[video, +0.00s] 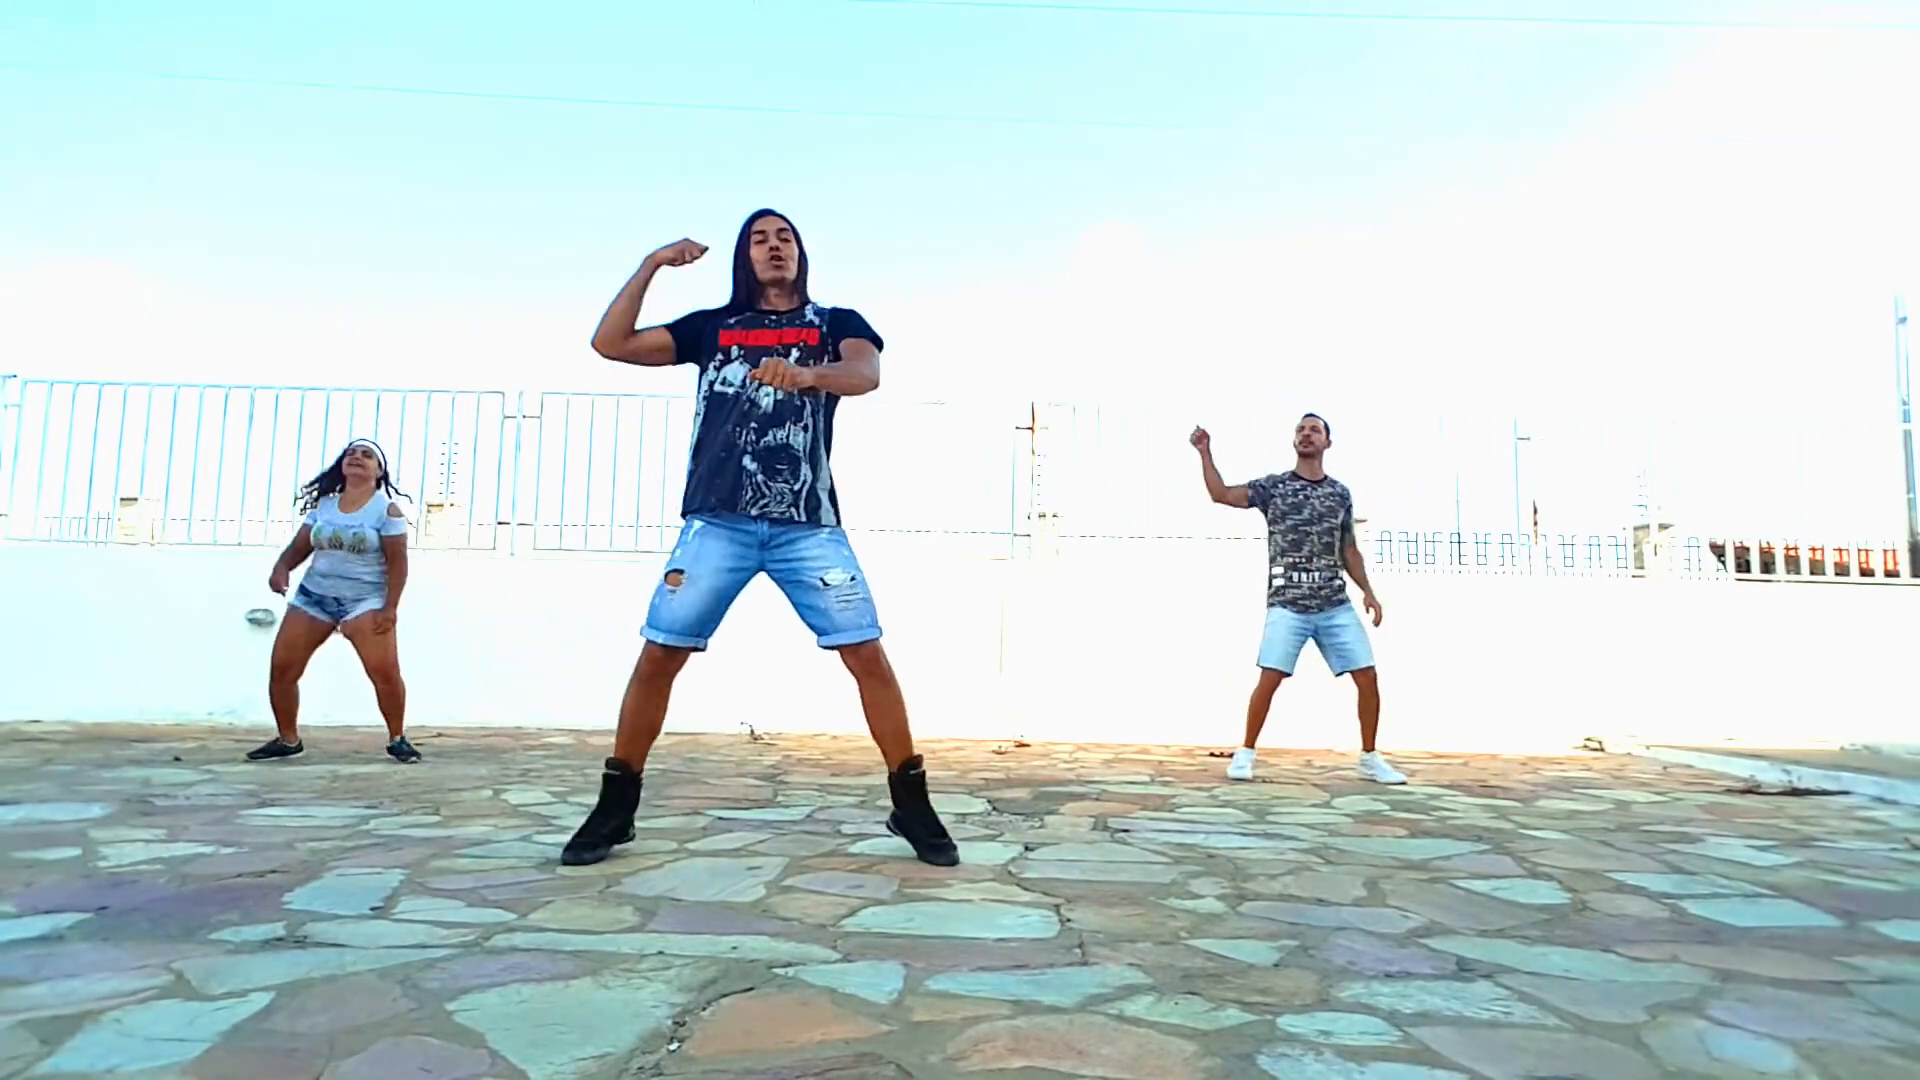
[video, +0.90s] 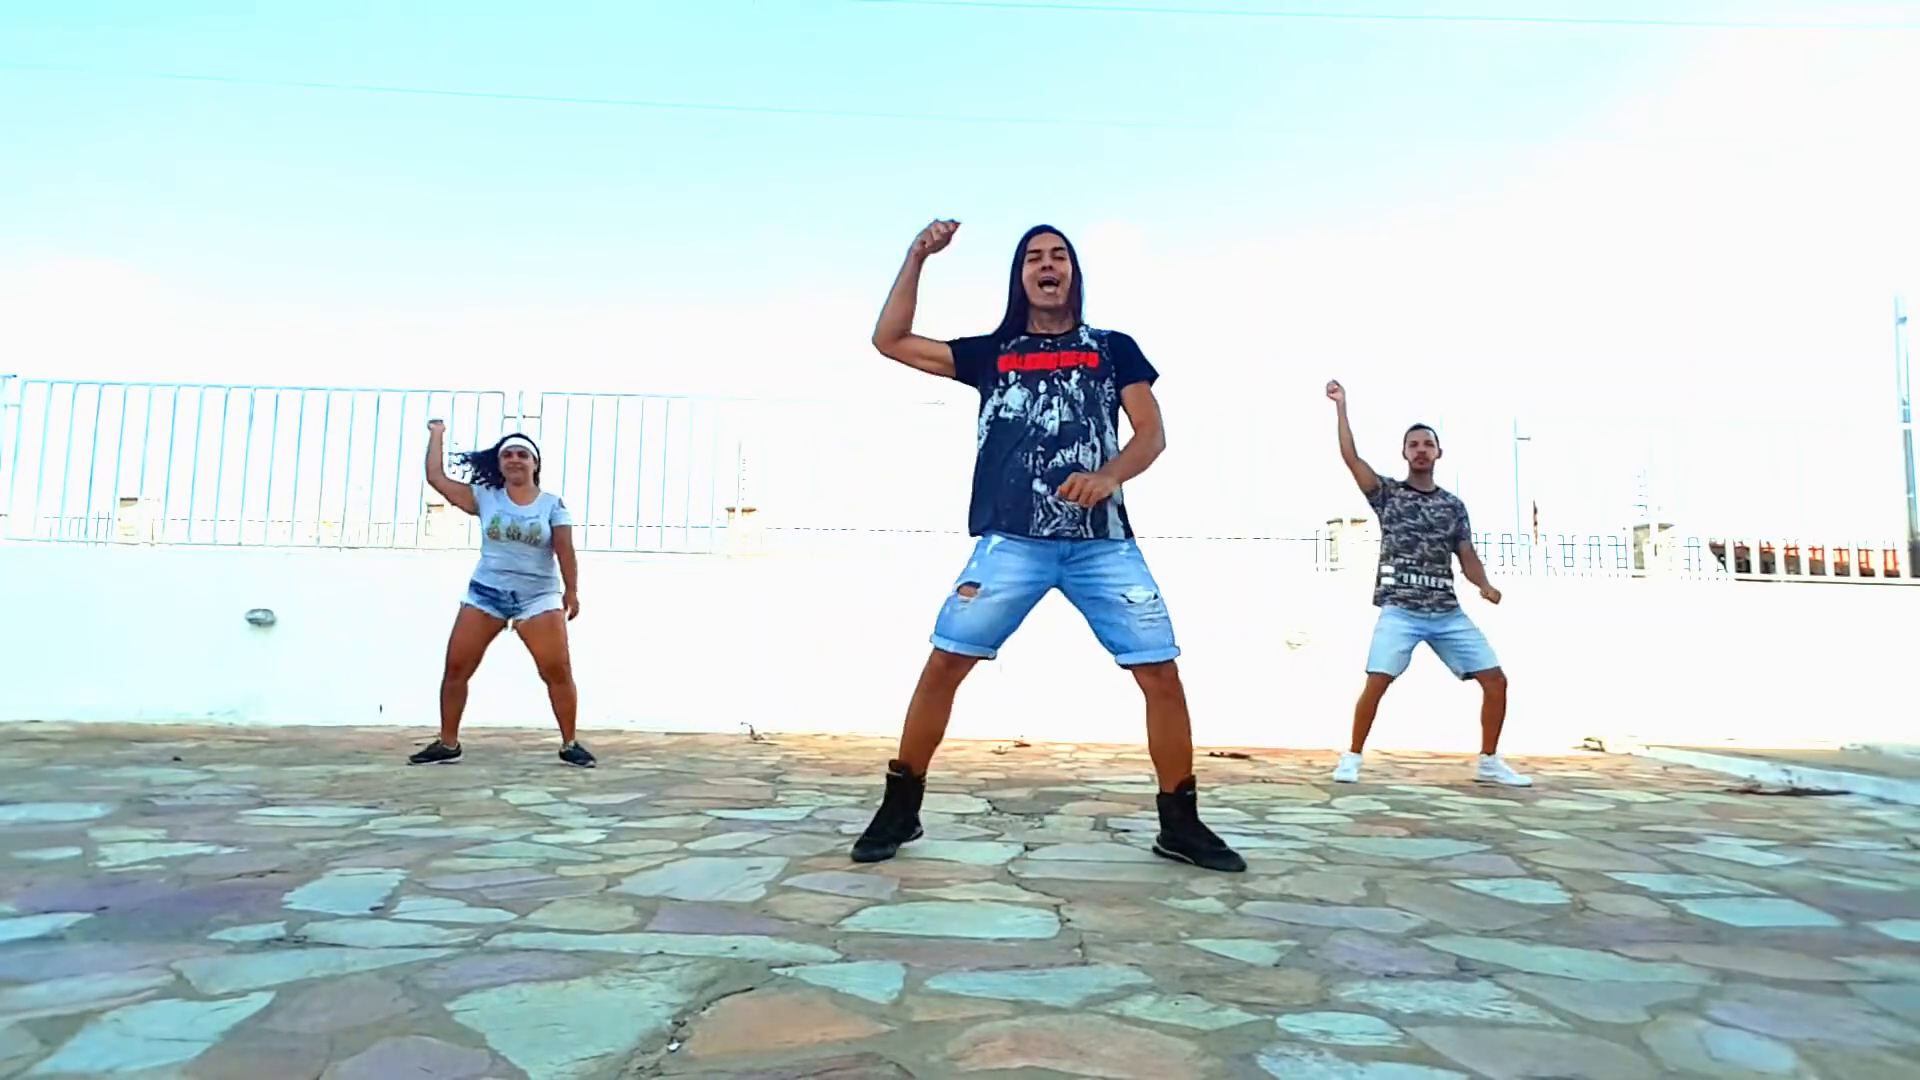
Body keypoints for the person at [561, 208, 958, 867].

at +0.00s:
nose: (773, 244)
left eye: (783, 236)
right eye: (760, 238)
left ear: (801, 256)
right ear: (742, 259)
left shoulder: (838, 321)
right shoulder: (713, 327)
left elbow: (864, 373)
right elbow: (613, 343)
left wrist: (807, 376)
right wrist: (648, 265)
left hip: (808, 525)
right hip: (718, 522)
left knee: (868, 653)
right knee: (659, 655)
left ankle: (912, 802)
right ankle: (615, 806)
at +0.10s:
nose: (800, 215)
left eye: (810, 208)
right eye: (787, 210)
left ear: (830, 226)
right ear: (769, 231)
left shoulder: (861, 306)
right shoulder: (738, 284)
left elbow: (881, 375)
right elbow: (628, 277)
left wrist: (835, 377)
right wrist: (620, 212)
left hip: (842, 495)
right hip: (756, 493)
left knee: (897, 631)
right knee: (687, 622)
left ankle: (948, 781)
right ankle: (657, 785)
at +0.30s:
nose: (847, 258)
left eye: (859, 249)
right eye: (834, 251)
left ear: (877, 267)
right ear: (818, 270)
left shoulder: (907, 342)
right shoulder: (786, 328)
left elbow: (954, 422)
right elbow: (701, 268)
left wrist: (888, 430)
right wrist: (655, 184)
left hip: (884, 541)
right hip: (796, 538)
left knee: (958, 662)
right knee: (743, 670)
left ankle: (1028, 806)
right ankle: (750, 812)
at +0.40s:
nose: (883, 271)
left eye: (894, 262)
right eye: (871, 263)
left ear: (910, 277)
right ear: (853, 279)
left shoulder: (945, 351)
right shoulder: (825, 349)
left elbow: (997, 426)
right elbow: (729, 318)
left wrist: (933, 451)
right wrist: (750, 227)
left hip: (923, 551)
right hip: (832, 548)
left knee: (987, 677)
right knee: (769, 671)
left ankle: (1031, 823)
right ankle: (749, 817)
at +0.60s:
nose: (949, 227)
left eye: (959, 218)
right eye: (936, 220)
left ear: (978, 235)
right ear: (918, 239)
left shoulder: (1011, 315)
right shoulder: (888, 302)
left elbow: (1052, 397)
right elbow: (791, 271)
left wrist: (1007, 428)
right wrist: (792, 231)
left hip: (1003, 506)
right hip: (917, 504)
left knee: (1060, 638)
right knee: (838, 630)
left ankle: (1085, 796)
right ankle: (828, 782)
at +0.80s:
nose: (1015, 269)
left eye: (1025, 260)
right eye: (1002, 262)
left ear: (1044, 277)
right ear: (983, 282)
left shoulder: (1077, 358)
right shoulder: (954, 349)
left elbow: (1123, 439)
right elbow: (862, 312)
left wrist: (1068, 472)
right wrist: (830, 235)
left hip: (1058, 550)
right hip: (970, 547)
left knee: (1134, 674)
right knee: (910, 674)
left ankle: (1177, 820)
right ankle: (897, 816)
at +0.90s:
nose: (1048, 266)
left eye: (1059, 257)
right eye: (1035, 259)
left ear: (1076, 274)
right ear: (1018, 279)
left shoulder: (1112, 349)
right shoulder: (989, 354)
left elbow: (1151, 436)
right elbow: (891, 338)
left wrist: (1108, 476)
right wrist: (916, 254)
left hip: (1102, 544)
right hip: (1010, 541)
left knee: (1160, 669)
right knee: (945, 661)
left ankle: (1180, 821)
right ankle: (900, 806)